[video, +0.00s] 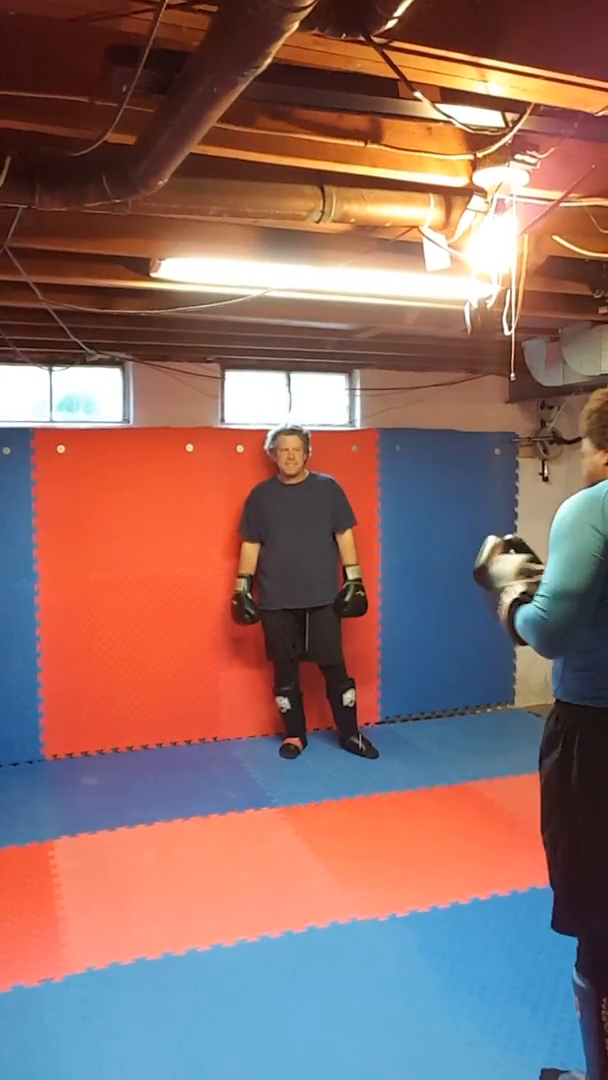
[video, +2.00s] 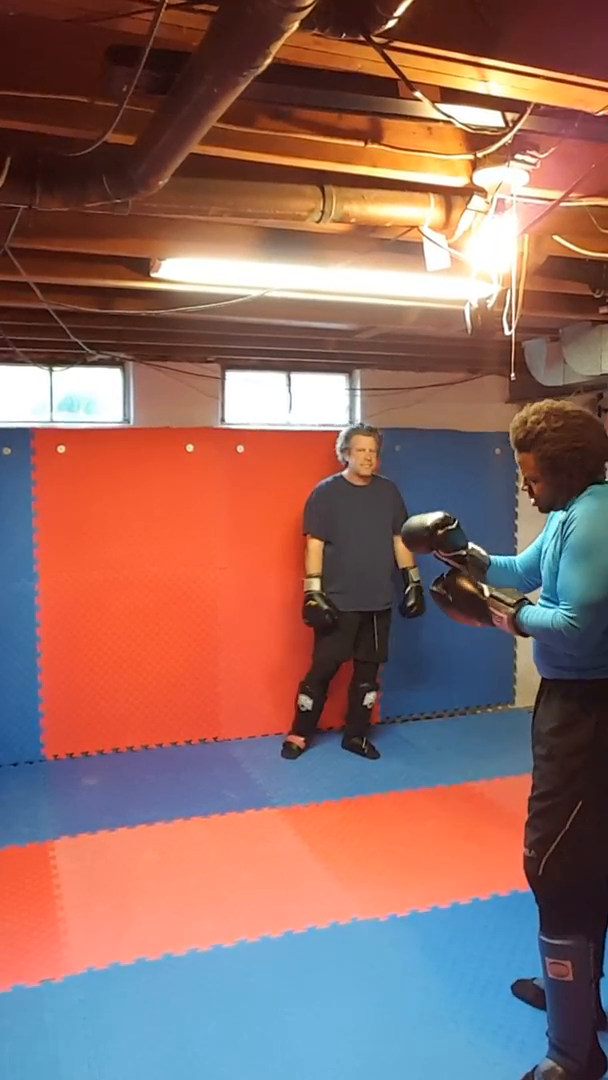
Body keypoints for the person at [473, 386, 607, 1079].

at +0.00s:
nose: (581, 455)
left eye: (585, 442)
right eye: (584, 442)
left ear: (599, 446)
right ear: (605, 446)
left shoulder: (591, 510)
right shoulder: (589, 512)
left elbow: (549, 630)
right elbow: (556, 626)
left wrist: (511, 586)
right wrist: (528, 581)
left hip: (595, 731)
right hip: (591, 727)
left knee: (596, 925)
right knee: (593, 919)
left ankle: (598, 1069)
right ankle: (596, 1065)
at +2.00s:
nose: (523, 479)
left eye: (531, 467)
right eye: (522, 467)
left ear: (567, 464)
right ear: (561, 466)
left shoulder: (591, 517)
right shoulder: (569, 515)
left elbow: (586, 626)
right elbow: (527, 572)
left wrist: (515, 613)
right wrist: (466, 553)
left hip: (584, 718)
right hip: (568, 708)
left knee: (562, 868)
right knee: (562, 854)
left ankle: (576, 1057)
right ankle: (575, 984)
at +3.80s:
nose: (520, 436)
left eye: (537, 427)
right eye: (516, 428)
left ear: (577, 442)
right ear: (508, 442)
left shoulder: (589, 494)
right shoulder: (499, 502)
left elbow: (597, 531)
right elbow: (423, 548)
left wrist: (568, 522)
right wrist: (419, 493)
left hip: (574, 710)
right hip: (510, 708)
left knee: (537, 880)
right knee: (497, 839)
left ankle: (542, 1065)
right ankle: (559, 965)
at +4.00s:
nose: (524, 439)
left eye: (538, 429)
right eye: (516, 429)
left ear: (566, 441)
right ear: (502, 442)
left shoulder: (589, 503)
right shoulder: (494, 498)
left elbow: (603, 517)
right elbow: (414, 515)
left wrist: (576, 434)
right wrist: (415, 456)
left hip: (570, 717)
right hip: (497, 710)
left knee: (542, 888)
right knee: (477, 843)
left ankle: (546, 1061)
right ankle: (503, 974)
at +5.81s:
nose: (460, 451)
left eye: (472, 438)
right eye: (463, 437)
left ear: (518, 445)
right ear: (498, 445)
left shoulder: (581, 510)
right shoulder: (481, 516)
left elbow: (598, 564)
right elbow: (447, 593)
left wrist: (596, 505)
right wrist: (380, 571)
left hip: (564, 727)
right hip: (486, 718)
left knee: (543, 901)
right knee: (455, 855)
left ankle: (542, 1067)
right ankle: (474, 973)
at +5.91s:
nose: (449, 459)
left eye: (461, 445)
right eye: (452, 445)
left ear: (509, 447)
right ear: (492, 449)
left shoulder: (588, 513)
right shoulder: (481, 522)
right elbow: (489, 598)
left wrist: (594, 609)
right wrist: (416, 612)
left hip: (568, 728)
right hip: (490, 719)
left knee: (548, 900)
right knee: (473, 860)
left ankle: (543, 1064)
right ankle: (478, 976)